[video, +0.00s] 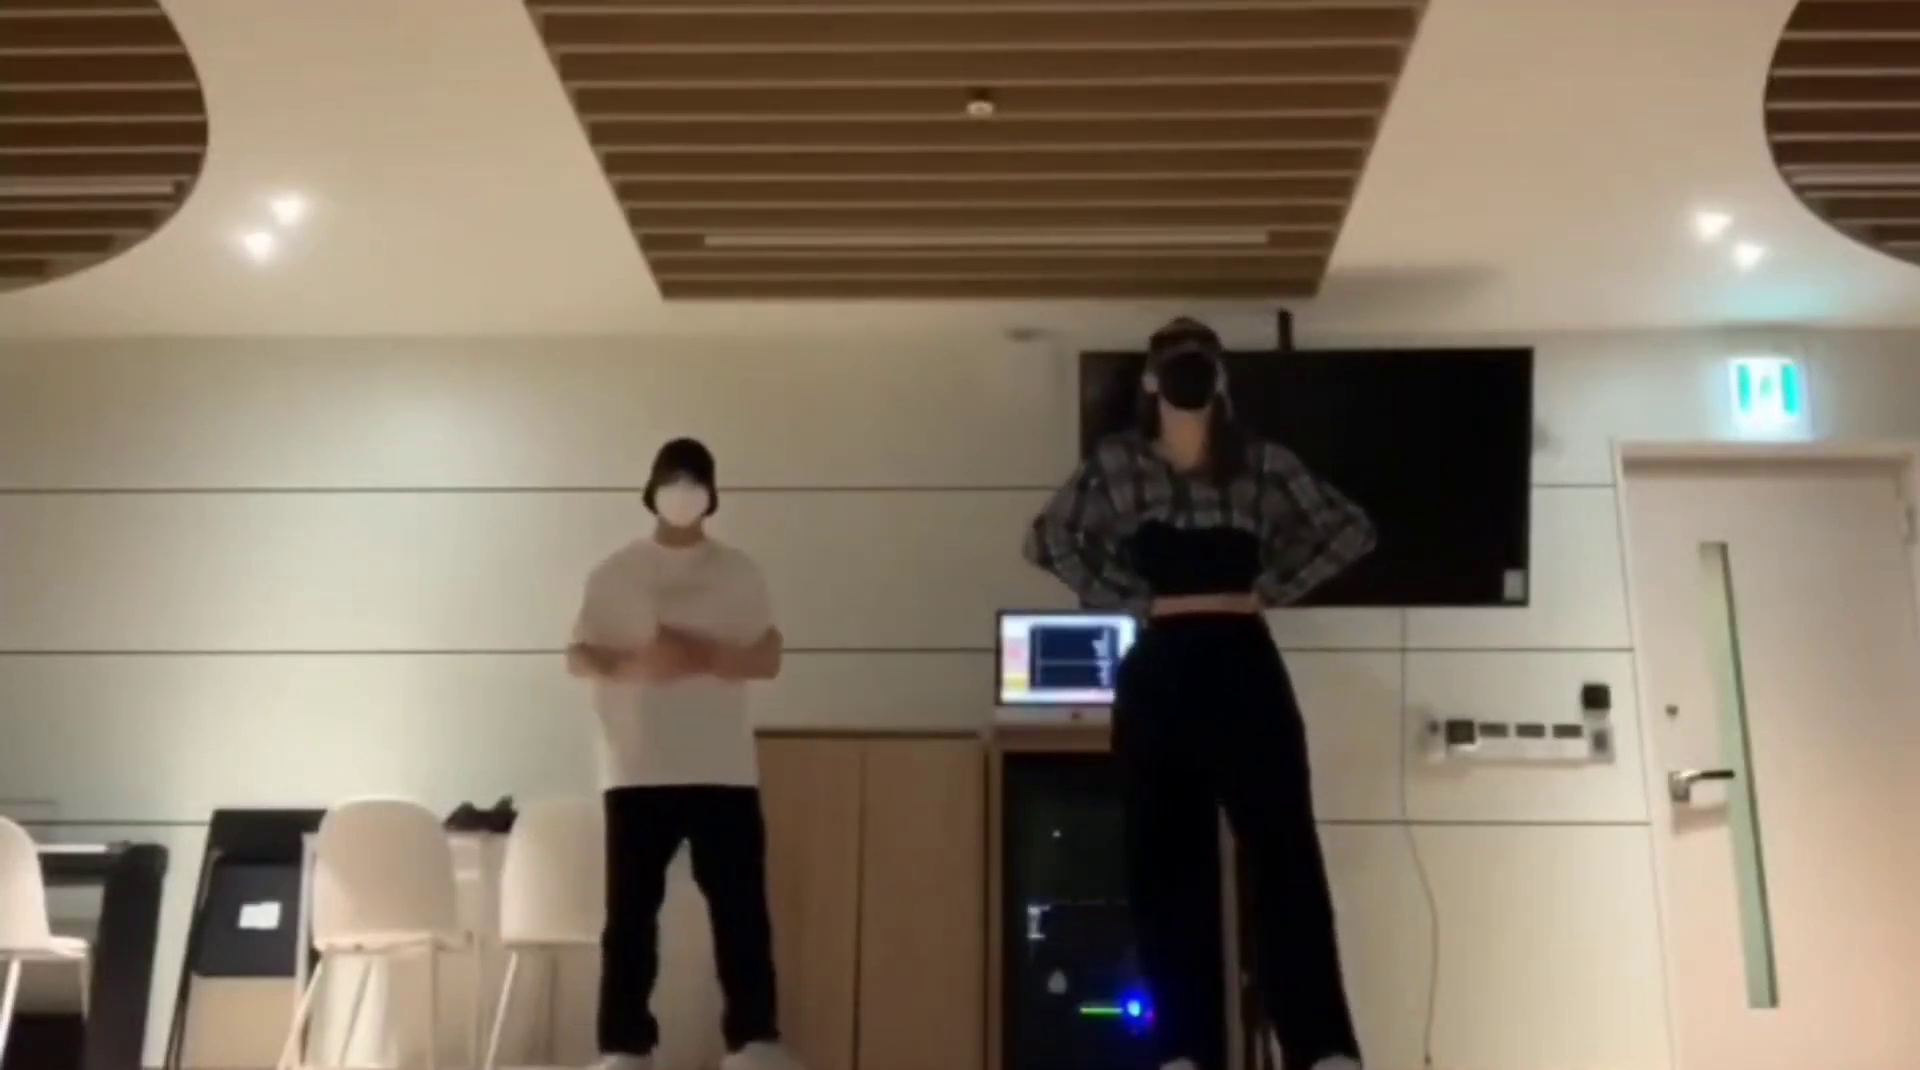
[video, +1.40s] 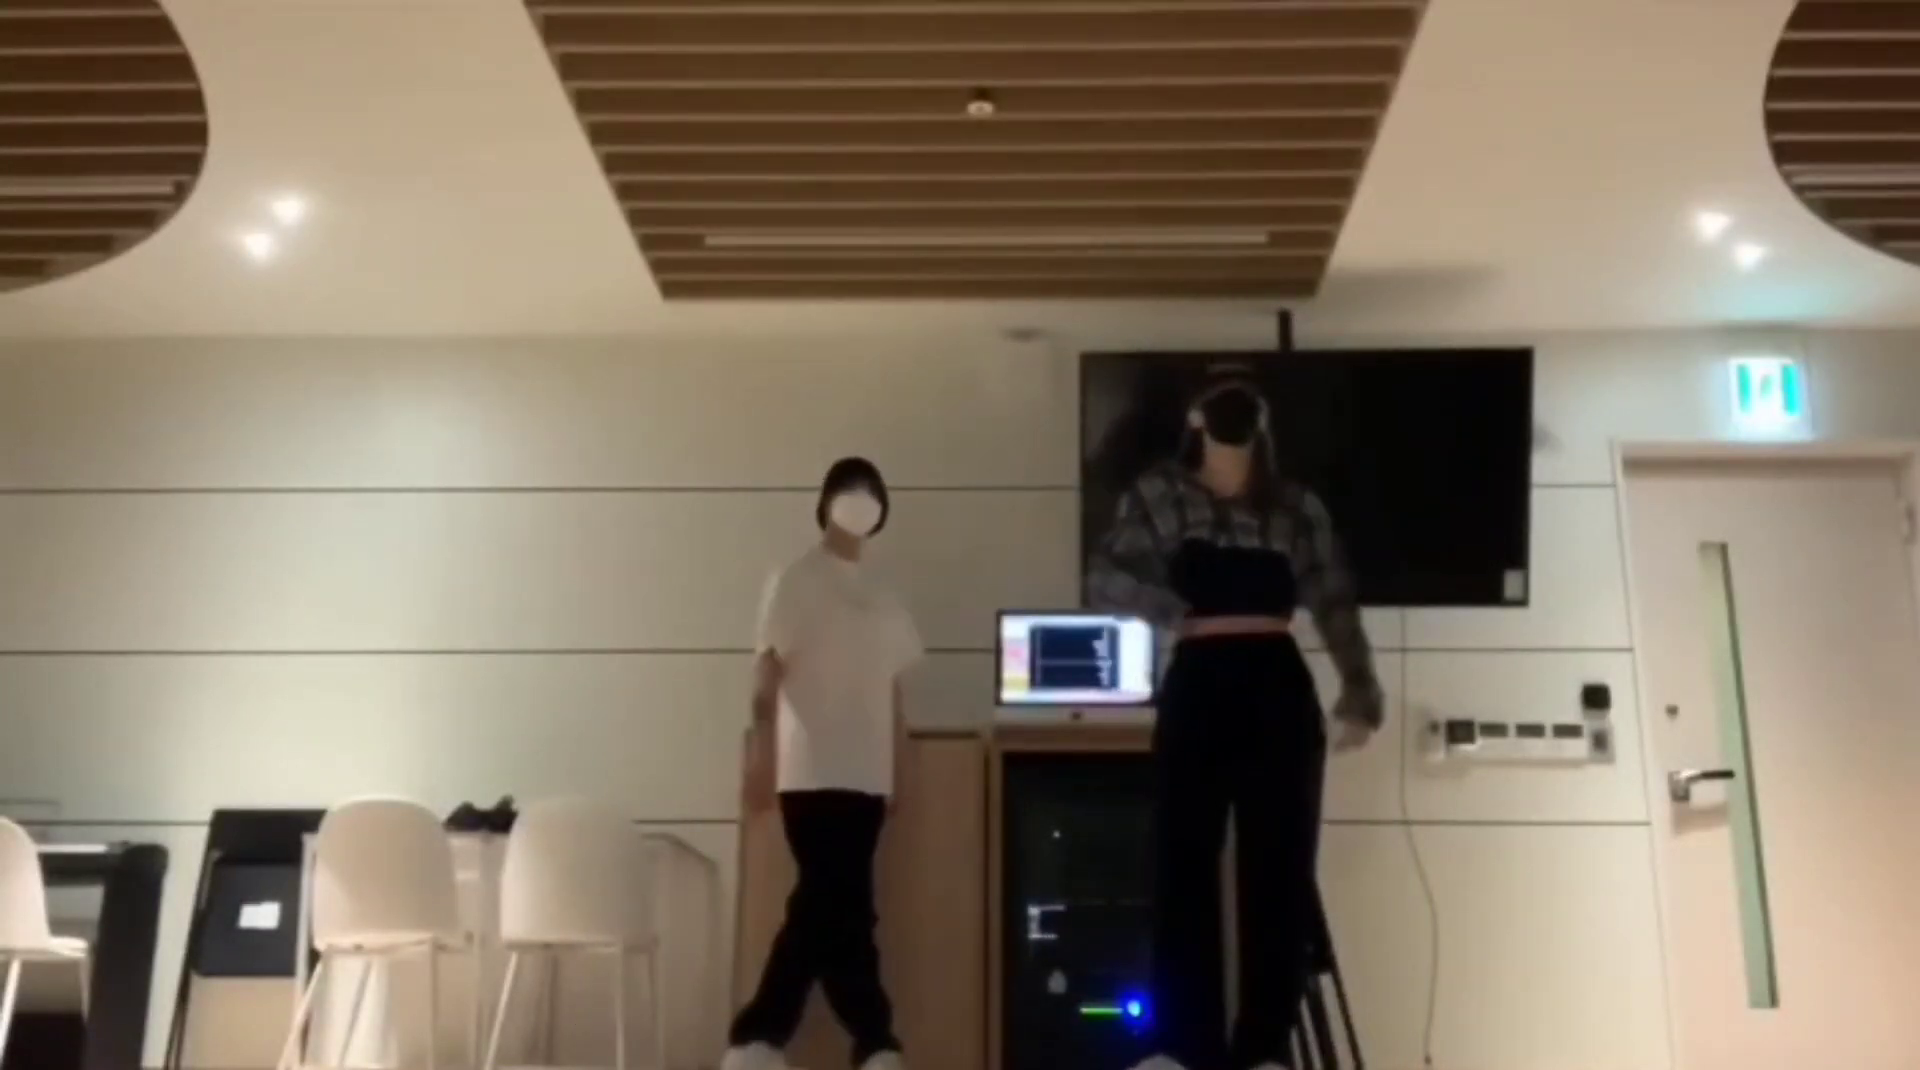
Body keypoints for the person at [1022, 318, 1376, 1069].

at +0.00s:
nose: (1189, 368)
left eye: (1199, 356)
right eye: (1174, 358)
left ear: (1221, 376)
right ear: (1150, 379)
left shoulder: (1264, 464)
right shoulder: (1116, 465)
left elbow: (1352, 530)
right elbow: (1049, 538)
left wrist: (1277, 586)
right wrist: (1126, 595)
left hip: (1248, 670)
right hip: (1162, 674)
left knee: (1283, 854)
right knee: (1168, 860)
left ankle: (1321, 1047)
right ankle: (1184, 1046)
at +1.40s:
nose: (1235, 423)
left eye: (1245, 413)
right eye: (1222, 413)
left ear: (1264, 425)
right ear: (1196, 424)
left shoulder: (1295, 507)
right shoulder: (1162, 496)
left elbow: (1334, 604)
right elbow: (1103, 576)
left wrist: (1360, 689)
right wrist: (1162, 604)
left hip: (1280, 693)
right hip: (1198, 692)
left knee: (1279, 871)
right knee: (1187, 866)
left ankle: (1266, 1039)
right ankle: (1190, 1038)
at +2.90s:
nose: (1207, 438)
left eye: (1219, 427)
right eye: (1193, 428)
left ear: (1238, 444)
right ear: (1169, 443)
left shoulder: (1272, 525)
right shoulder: (1136, 530)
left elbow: (1291, 626)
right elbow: (1119, 632)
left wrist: (1295, 717)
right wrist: (1118, 717)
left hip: (1250, 711)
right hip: (1176, 712)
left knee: (1262, 876)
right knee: (1184, 877)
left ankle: (1260, 1039)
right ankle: (1201, 1038)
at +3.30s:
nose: (1203, 429)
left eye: (1215, 418)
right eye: (1189, 419)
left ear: (1235, 437)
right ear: (1165, 437)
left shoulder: (1269, 524)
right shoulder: (1130, 528)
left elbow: (1295, 623)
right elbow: (1109, 629)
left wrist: (1314, 715)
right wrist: (1129, 713)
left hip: (1255, 708)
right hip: (1179, 710)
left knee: (1256, 871)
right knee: (1190, 873)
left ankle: (1254, 1040)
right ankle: (1199, 1041)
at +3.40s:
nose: (1206, 426)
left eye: (1217, 415)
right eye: (1192, 415)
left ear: (1236, 431)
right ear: (1168, 431)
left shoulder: (1270, 517)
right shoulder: (1131, 519)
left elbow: (1296, 620)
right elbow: (1112, 617)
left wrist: (1317, 716)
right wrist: (1132, 696)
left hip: (1256, 704)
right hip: (1178, 705)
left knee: (1260, 868)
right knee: (1189, 870)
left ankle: (1255, 1040)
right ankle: (1200, 1039)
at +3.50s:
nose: (1207, 422)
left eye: (1218, 410)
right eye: (1193, 411)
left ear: (1237, 428)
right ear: (1169, 428)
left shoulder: (1270, 514)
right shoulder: (1132, 515)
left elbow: (1295, 618)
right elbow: (1112, 611)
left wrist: (1316, 713)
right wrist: (1135, 690)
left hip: (1255, 702)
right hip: (1176, 704)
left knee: (1259, 867)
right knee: (1187, 868)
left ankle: (1251, 1040)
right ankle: (1197, 1037)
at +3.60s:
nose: (1206, 416)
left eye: (1217, 404)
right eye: (1192, 404)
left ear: (1237, 422)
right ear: (1167, 421)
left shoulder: (1271, 507)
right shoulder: (1132, 506)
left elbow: (1295, 612)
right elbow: (1111, 600)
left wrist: (1312, 709)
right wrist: (1134, 679)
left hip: (1250, 695)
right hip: (1171, 696)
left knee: (1254, 867)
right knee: (1154, 861)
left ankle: (1245, 1041)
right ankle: (1185, 1010)